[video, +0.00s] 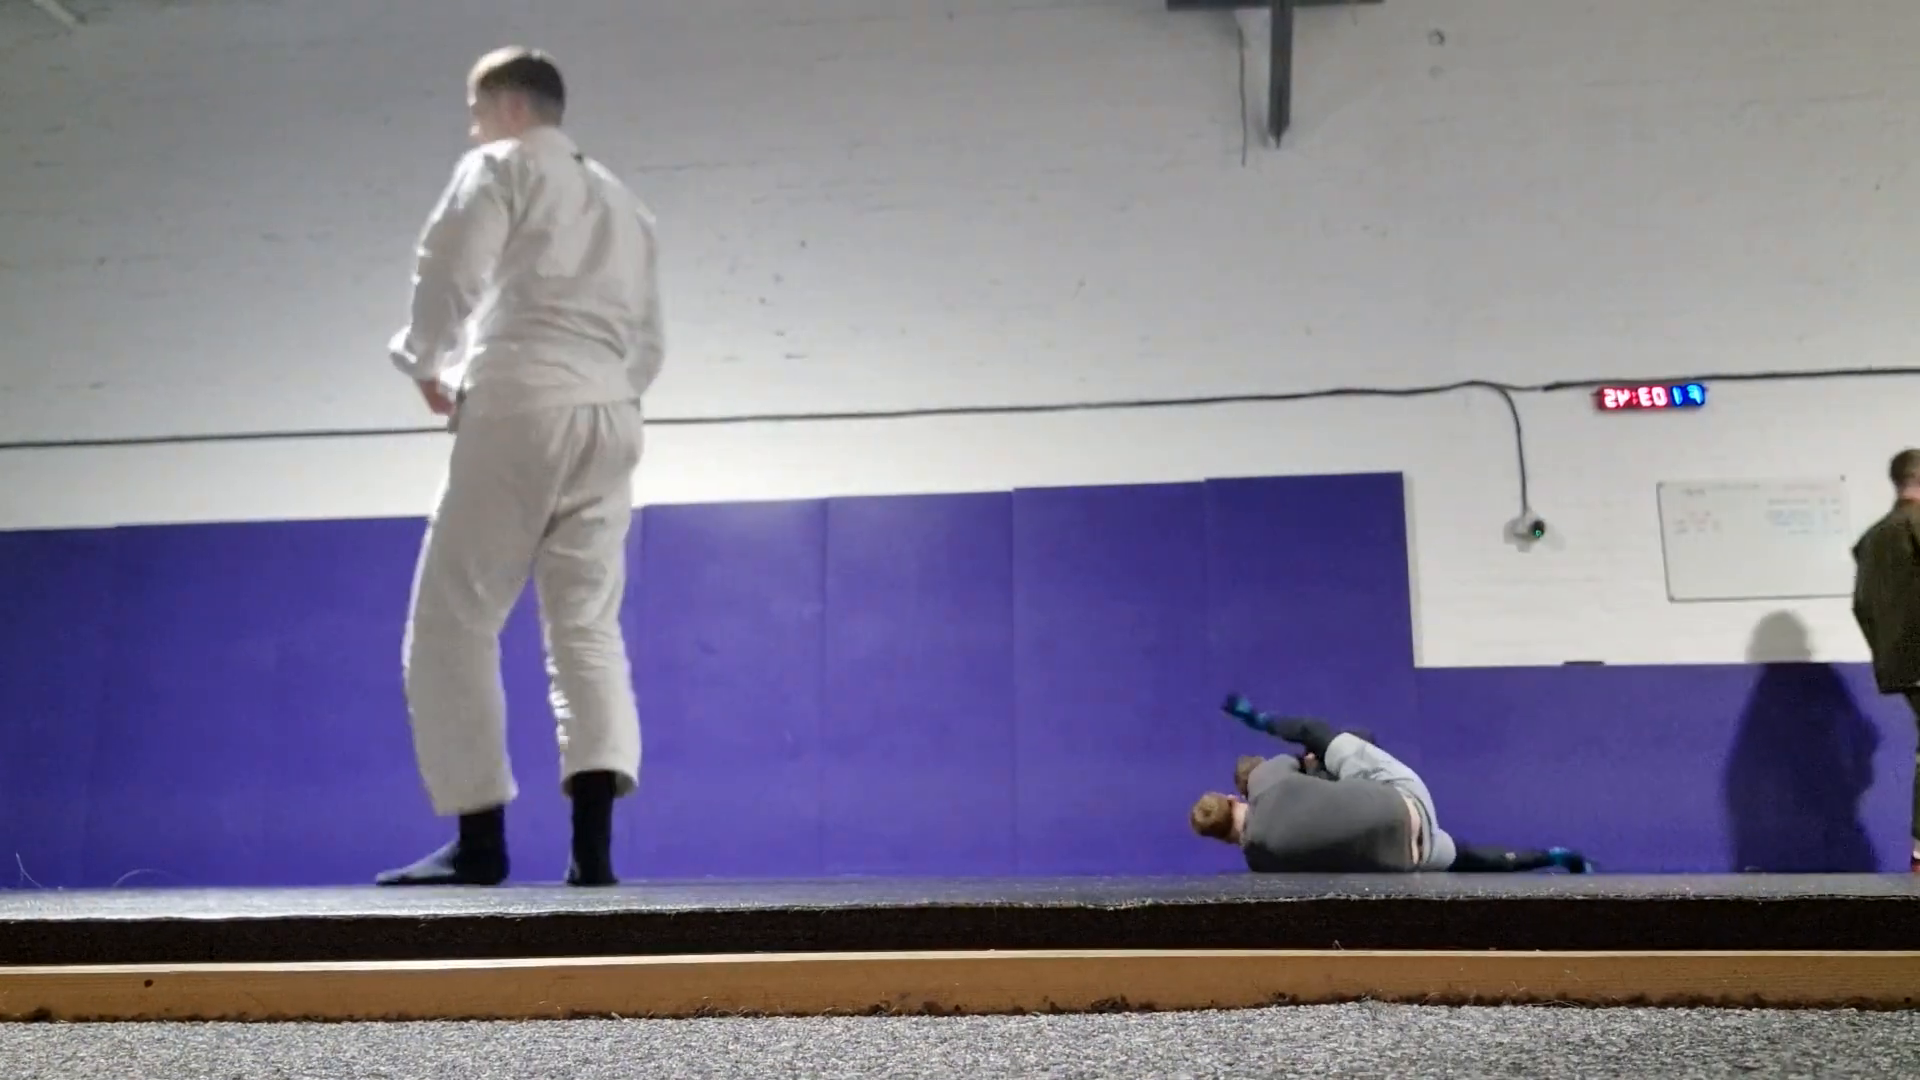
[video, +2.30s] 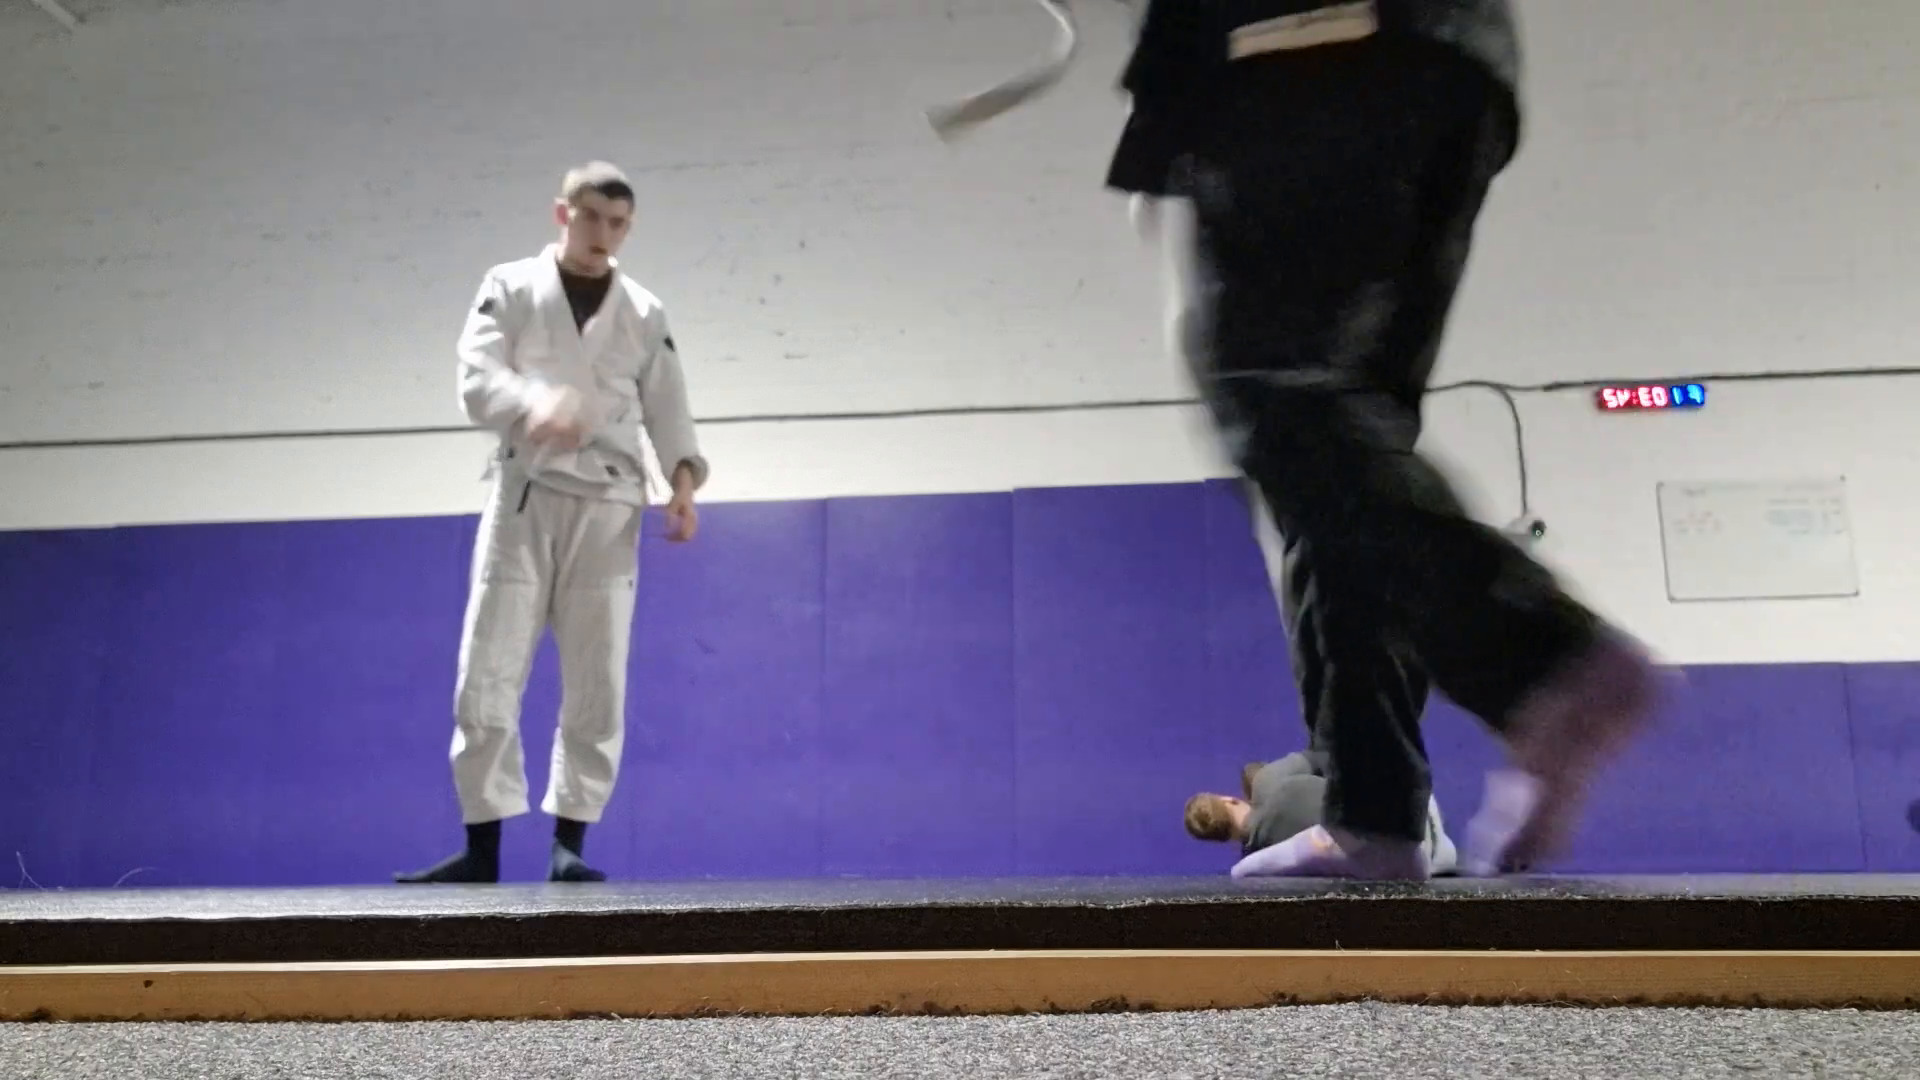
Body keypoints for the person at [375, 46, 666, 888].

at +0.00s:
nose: (476, 126)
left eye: (479, 110)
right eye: (476, 112)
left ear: (508, 103)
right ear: (553, 107)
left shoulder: (497, 166)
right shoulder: (628, 205)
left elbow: (451, 260)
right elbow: (647, 337)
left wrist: (423, 360)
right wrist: (608, 407)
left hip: (516, 408)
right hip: (612, 418)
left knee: (454, 617)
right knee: (588, 626)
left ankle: (478, 844)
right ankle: (593, 854)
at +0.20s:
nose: (444, 158)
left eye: (450, 139)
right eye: (443, 141)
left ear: (490, 134)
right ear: (521, 137)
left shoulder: (496, 199)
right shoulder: (582, 226)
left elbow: (473, 310)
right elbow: (581, 348)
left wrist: (421, 384)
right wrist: (503, 407)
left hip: (508, 438)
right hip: (577, 446)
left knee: (439, 641)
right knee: (519, 632)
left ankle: (479, 844)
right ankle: (582, 779)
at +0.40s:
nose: (441, 160)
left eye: (454, 145)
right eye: (437, 148)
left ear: (504, 149)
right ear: (466, 158)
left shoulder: (525, 216)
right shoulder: (482, 238)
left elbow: (527, 335)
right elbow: (471, 360)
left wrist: (450, 412)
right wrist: (433, 432)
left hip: (527, 457)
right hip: (504, 457)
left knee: (444, 651)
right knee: (456, 647)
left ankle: (484, 841)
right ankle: (502, 832)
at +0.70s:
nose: (467, 192)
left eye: (482, 179)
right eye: (456, 181)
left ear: (517, 191)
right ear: (445, 196)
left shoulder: (560, 273)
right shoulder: (425, 285)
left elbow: (614, 379)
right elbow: (381, 394)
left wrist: (564, 441)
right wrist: (386, 457)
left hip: (538, 490)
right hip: (462, 492)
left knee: (513, 663)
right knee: (439, 673)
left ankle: (503, 841)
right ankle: (476, 839)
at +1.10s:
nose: (553, 207)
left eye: (567, 197)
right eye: (541, 192)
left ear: (584, 213)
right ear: (513, 197)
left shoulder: (608, 300)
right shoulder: (463, 280)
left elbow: (632, 399)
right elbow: (415, 371)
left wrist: (624, 462)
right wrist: (466, 409)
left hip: (576, 507)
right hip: (487, 501)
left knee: (577, 672)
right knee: (469, 671)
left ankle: (568, 848)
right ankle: (475, 851)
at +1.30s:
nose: (578, 226)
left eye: (590, 215)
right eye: (566, 210)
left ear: (605, 221)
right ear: (535, 208)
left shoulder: (624, 306)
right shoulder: (488, 279)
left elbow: (652, 401)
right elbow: (450, 355)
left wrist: (678, 481)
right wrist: (520, 290)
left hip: (592, 501)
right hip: (505, 495)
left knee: (588, 670)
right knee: (478, 667)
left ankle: (569, 847)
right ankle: (478, 849)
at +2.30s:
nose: (603, 235)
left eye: (617, 225)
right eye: (591, 219)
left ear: (629, 230)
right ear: (561, 214)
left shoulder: (643, 311)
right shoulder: (508, 287)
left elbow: (668, 404)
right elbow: (477, 382)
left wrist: (684, 482)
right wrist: (536, 408)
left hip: (607, 508)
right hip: (521, 499)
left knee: (597, 674)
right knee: (487, 669)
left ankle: (568, 849)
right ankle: (481, 850)